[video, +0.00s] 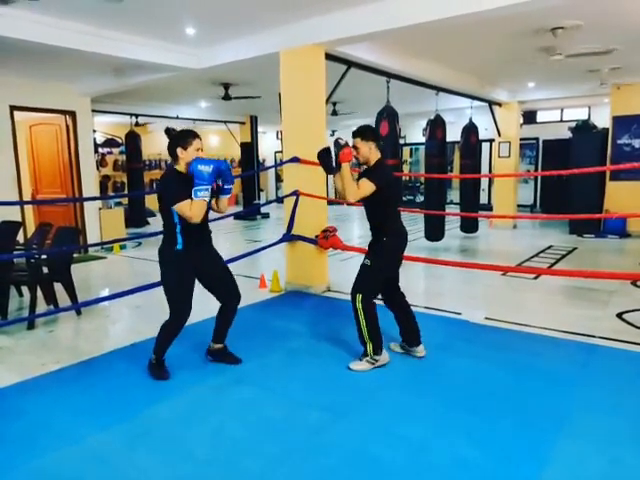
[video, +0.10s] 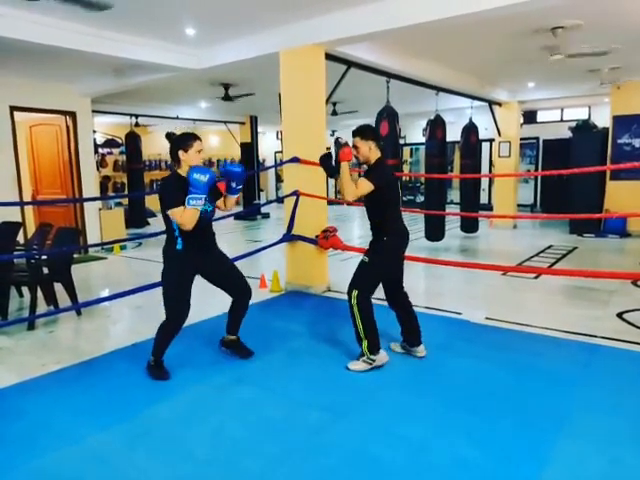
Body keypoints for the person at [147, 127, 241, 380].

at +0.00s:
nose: (201, 154)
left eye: (201, 150)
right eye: (197, 150)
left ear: (191, 152)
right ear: (180, 151)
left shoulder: (197, 177)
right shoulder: (169, 181)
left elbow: (221, 208)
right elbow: (194, 215)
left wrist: (224, 180)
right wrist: (204, 183)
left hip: (202, 251)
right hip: (176, 255)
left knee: (231, 297)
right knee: (180, 315)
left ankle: (217, 347)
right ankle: (157, 359)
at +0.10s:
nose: (202, 157)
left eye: (202, 152)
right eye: (198, 152)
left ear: (196, 154)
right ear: (181, 154)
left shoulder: (203, 179)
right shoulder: (169, 185)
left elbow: (227, 206)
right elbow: (187, 222)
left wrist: (234, 185)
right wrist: (198, 190)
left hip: (207, 253)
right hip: (179, 258)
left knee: (242, 292)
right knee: (177, 316)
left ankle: (231, 338)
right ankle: (155, 360)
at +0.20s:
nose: (210, 154)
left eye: (210, 149)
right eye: (205, 150)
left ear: (197, 153)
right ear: (189, 154)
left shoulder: (213, 176)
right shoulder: (177, 184)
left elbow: (249, 188)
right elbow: (186, 220)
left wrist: (262, 173)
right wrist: (199, 190)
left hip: (214, 251)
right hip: (184, 255)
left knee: (247, 292)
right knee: (181, 313)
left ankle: (255, 334)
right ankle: (157, 359)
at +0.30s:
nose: (222, 153)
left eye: (221, 149)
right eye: (217, 149)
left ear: (210, 153)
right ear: (202, 154)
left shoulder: (229, 175)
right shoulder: (191, 183)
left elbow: (267, 175)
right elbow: (196, 219)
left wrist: (286, 159)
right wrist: (209, 190)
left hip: (225, 250)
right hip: (195, 253)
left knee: (250, 294)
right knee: (183, 308)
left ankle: (263, 335)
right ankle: (157, 358)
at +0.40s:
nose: (235, 151)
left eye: (235, 145)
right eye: (228, 147)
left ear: (237, 147)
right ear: (212, 152)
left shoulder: (241, 174)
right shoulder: (202, 178)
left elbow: (269, 188)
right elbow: (215, 212)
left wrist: (278, 172)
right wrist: (227, 183)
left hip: (235, 247)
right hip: (207, 250)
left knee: (256, 295)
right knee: (192, 304)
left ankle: (264, 335)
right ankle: (166, 353)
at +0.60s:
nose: (241, 154)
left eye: (240, 150)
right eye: (237, 151)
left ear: (225, 154)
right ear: (223, 154)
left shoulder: (233, 175)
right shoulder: (224, 179)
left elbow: (248, 204)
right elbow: (251, 208)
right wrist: (256, 180)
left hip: (237, 247)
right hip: (218, 249)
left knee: (261, 290)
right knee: (220, 305)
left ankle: (264, 336)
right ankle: (188, 339)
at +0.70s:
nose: (242, 169)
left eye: (241, 165)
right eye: (239, 165)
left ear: (224, 168)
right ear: (226, 168)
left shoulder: (209, 191)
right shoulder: (238, 189)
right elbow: (253, 222)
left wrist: (249, 210)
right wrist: (256, 204)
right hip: (228, 262)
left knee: (268, 293)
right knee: (229, 316)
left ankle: (265, 338)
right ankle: (188, 339)